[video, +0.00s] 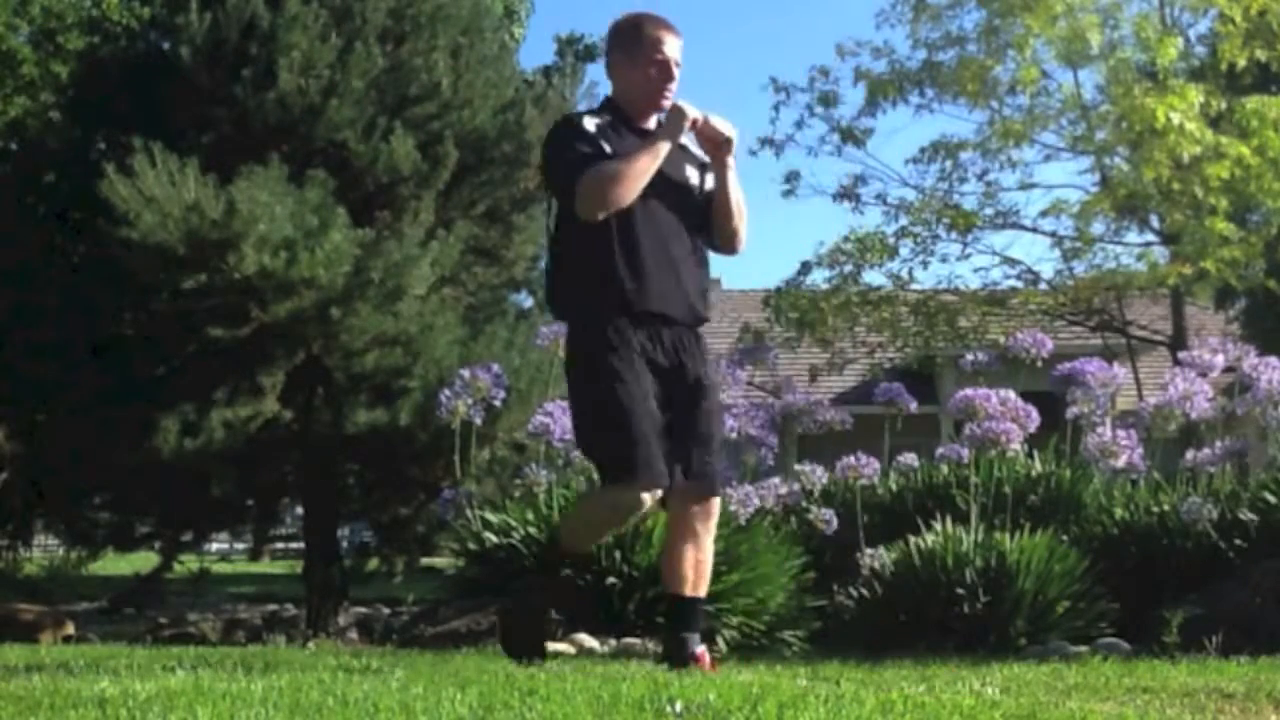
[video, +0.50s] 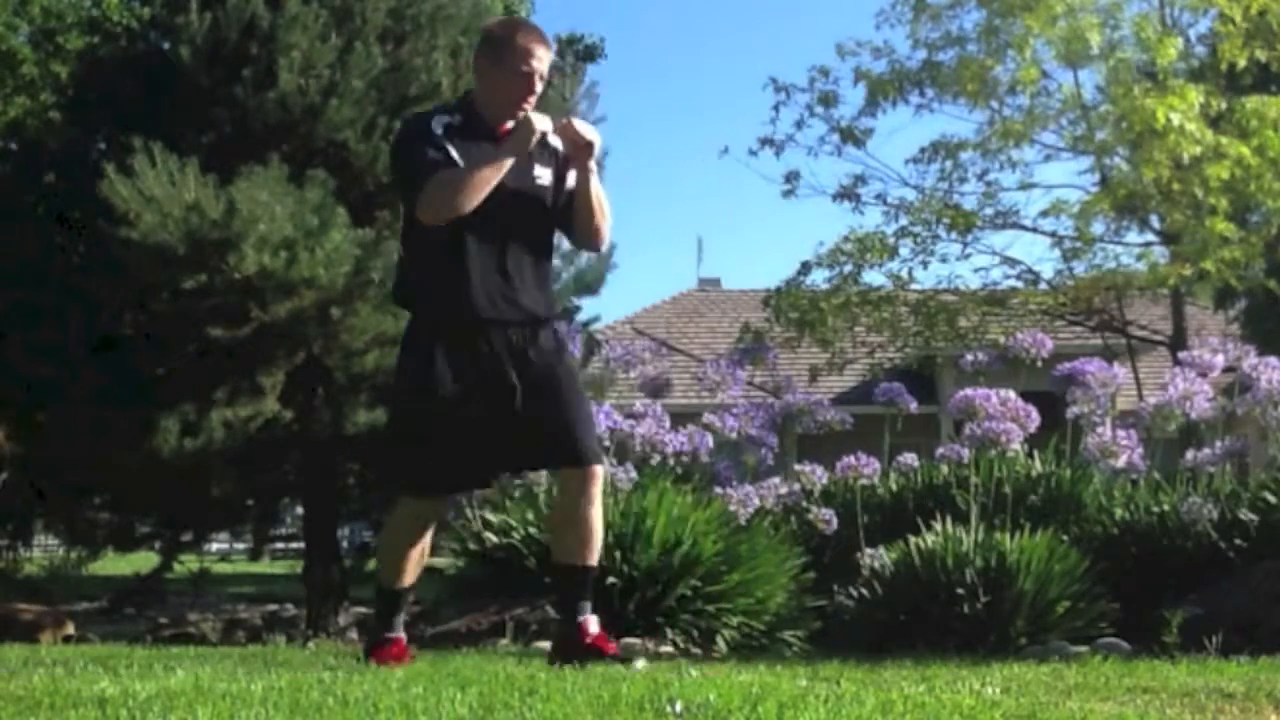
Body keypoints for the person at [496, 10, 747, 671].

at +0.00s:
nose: (669, 75)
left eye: (675, 66)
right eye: (655, 62)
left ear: (680, 75)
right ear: (616, 64)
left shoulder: (677, 154)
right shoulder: (575, 133)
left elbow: (729, 238)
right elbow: (598, 198)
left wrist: (723, 164)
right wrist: (667, 138)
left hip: (684, 338)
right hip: (611, 334)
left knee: (699, 495)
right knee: (636, 488)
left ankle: (686, 642)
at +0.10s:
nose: (630, 84)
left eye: (636, 74)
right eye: (617, 71)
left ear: (639, 80)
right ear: (575, 71)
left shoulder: (648, 156)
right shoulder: (539, 139)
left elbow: (687, 246)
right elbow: (563, 204)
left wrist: (683, 174)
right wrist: (630, 142)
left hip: (651, 346)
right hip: (569, 345)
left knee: (677, 496)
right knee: (553, 495)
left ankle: (679, 640)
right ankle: (455, 589)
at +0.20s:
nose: (588, 100)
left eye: (596, 90)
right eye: (576, 85)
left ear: (602, 98)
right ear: (536, 82)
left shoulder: (605, 173)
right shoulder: (499, 154)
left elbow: (648, 259)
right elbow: (523, 222)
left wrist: (646, 190)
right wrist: (592, 156)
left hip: (605, 363)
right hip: (517, 361)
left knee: (652, 504)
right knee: (473, 507)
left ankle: (678, 644)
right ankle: (409, 622)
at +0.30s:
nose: (551, 122)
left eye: (560, 113)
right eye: (540, 108)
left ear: (567, 121)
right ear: (501, 105)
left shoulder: (577, 193)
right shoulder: (458, 178)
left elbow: (616, 280)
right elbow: (488, 244)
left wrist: (616, 213)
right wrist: (552, 179)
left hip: (553, 382)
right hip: (468, 381)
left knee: (625, 498)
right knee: (442, 520)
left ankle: (663, 636)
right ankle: (390, 631)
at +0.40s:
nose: (536, 116)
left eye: (545, 106)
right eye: (526, 102)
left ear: (551, 112)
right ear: (484, 95)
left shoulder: (556, 184)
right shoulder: (439, 166)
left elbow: (596, 272)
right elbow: (455, 236)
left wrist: (595, 200)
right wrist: (525, 173)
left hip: (535, 371)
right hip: (452, 371)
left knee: (605, 479)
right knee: (429, 516)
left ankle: (629, 631)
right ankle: (387, 634)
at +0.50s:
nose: (532, 87)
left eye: (542, 77)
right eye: (522, 72)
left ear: (548, 83)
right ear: (480, 66)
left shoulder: (551, 149)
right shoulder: (428, 131)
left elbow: (593, 236)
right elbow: (436, 207)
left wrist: (583, 166)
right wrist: (512, 152)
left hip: (536, 337)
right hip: (446, 338)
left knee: (583, 468)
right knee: (422, 495)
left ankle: (578, 628)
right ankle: (387, 631)